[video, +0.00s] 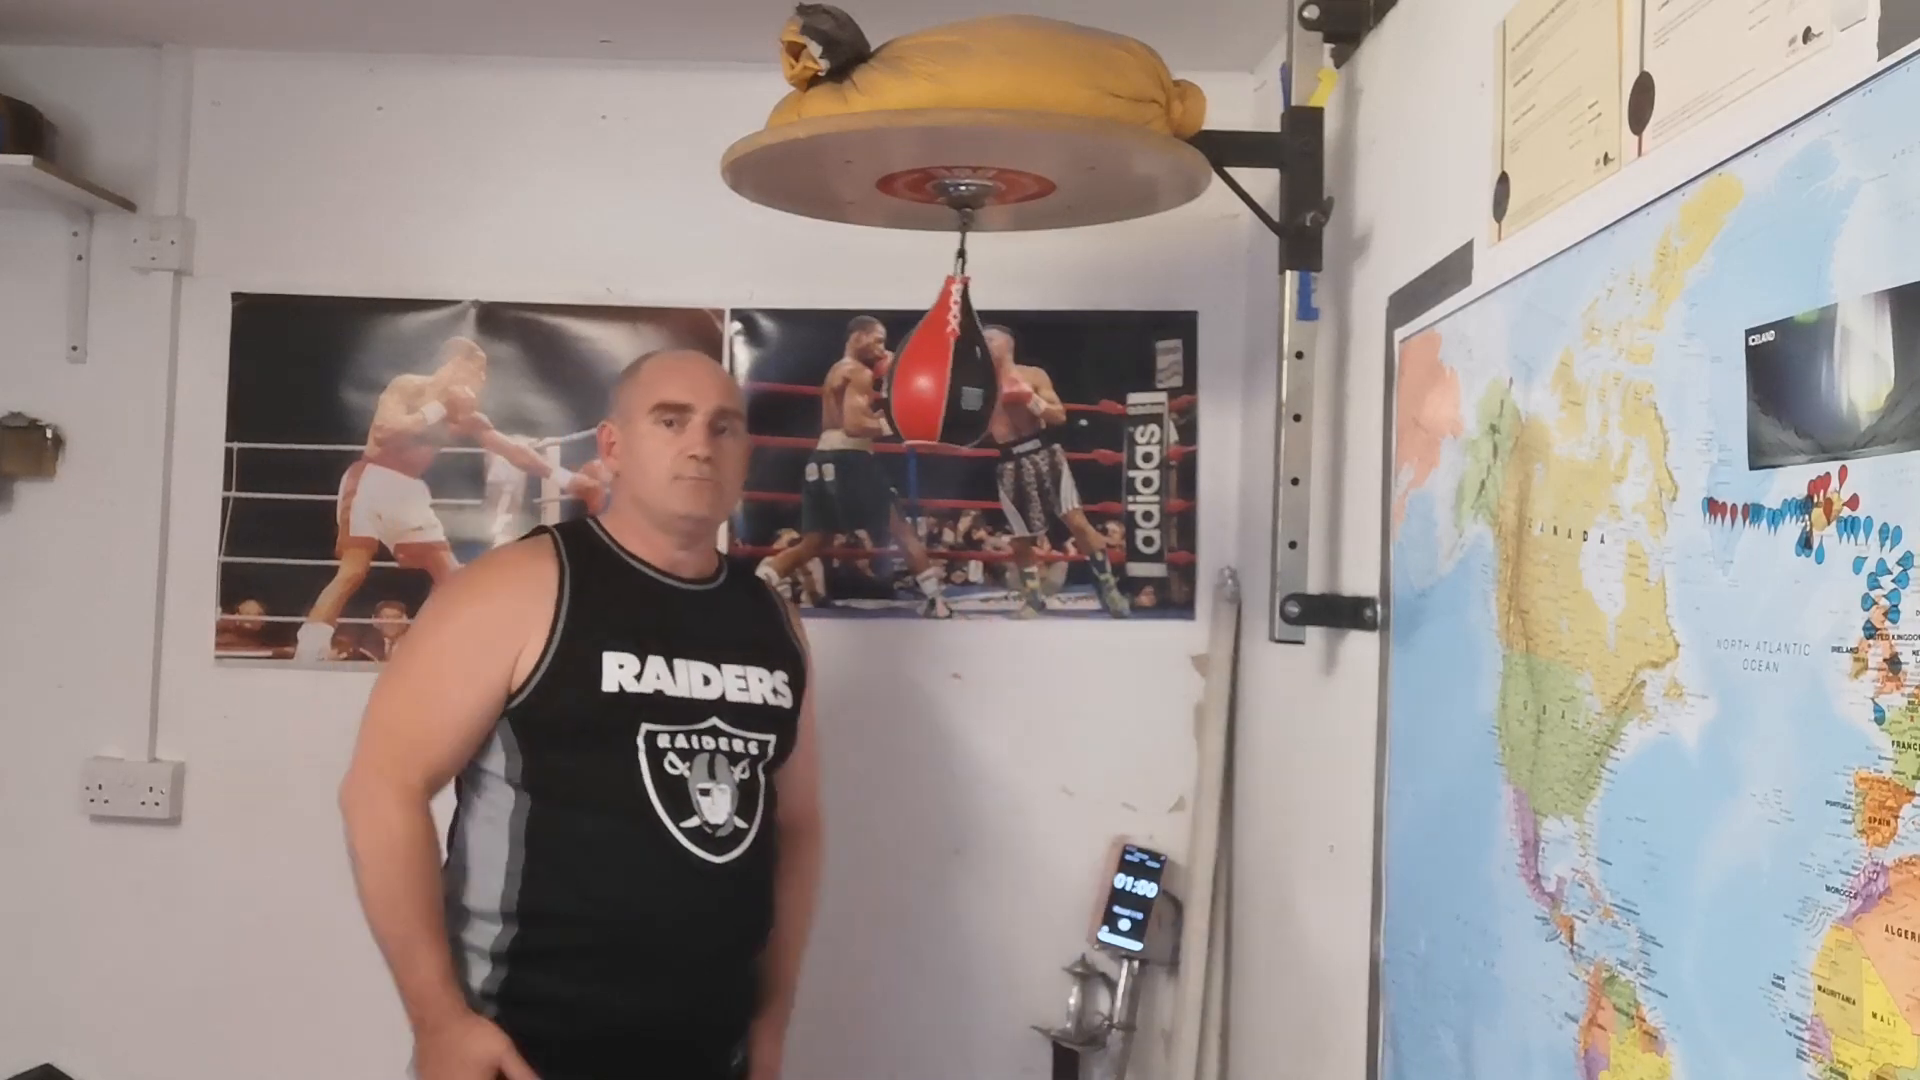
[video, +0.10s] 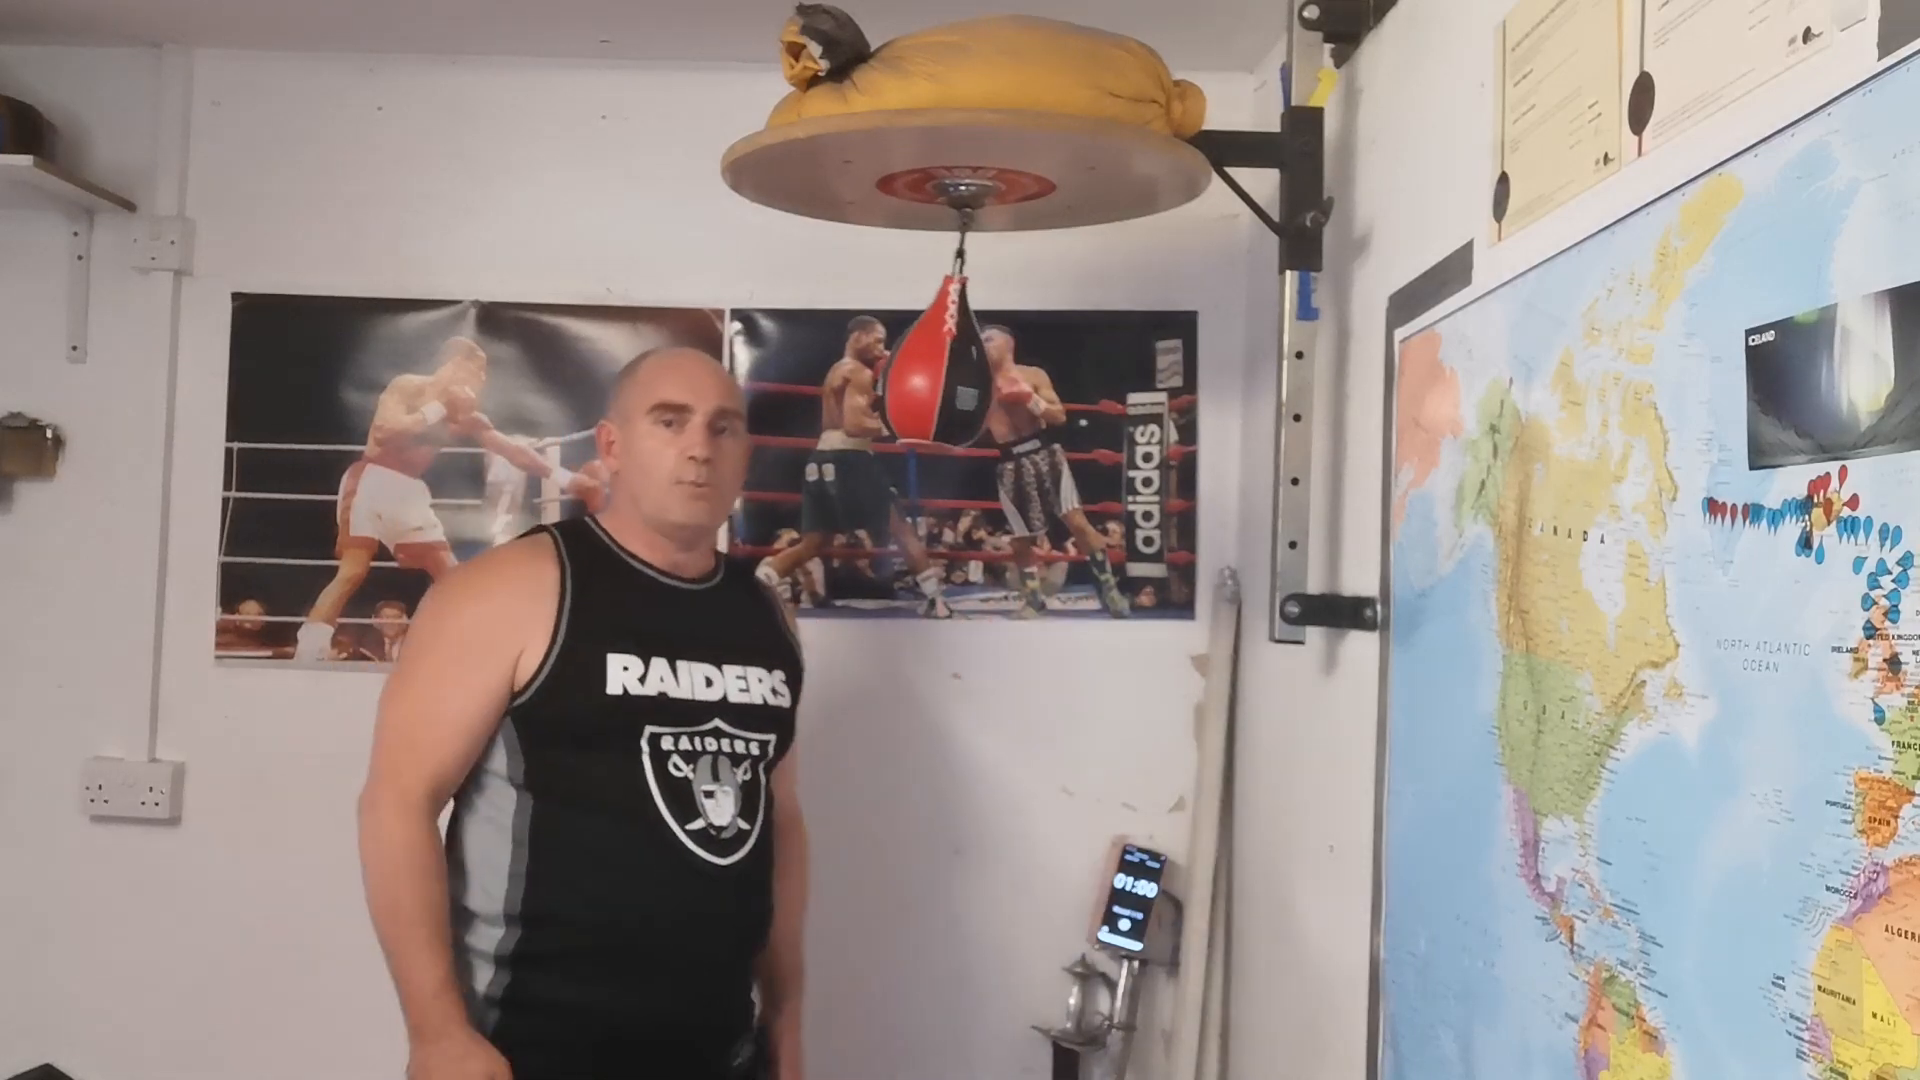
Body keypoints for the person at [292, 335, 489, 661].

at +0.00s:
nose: (474, 385)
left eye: (478, 379)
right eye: (470, 374)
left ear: (478, 383)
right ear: (451, 366)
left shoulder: (461, 413)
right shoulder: (405, 386)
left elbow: (506, 447)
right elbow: (384, 430)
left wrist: (546, 473)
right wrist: (436, 409)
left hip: (410, 492)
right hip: (369, 482)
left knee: (449, 572)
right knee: (352, 572)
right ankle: (307, 651)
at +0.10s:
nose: (472, 386)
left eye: (477, 381)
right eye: (470, 375)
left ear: (478, 384)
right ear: (451, 366)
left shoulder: (460, 412)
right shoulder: (405, 386)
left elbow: (506, 447)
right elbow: (384, 429)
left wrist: (546, 473)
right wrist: (436, 409)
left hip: (409, 491)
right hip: (369, 482)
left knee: (448, 571)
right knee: (352, 572)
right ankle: (307, 652)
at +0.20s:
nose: (475, 383)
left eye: (479, 377)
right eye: (472, 373)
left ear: (477, 380)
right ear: (451, 365)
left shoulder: (464, 413)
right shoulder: (404, 387)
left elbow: (512, 451)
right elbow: (381, 433)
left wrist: (565, 478)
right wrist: (432, 413)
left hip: (408, 492)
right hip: (369, 483)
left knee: (448, 573)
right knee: (353, 570)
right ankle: (307, 651)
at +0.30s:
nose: (472, 385)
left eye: (477, 380)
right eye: (467, 375)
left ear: (479, 384)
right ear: (447, 367)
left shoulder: (465, 415)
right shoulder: (405, 386)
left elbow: (511, 450)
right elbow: (383, 432)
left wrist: (563, 478)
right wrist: (434, 412)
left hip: (408, 492)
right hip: (368, 482)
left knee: (448, 573)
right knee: (353, 570)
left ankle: (438, 658)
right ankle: (306, 650)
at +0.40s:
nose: (473, 384)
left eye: (478, 378)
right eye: (468, 374)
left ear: (477, 382)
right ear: (448, 366)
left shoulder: (465, 414)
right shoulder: (404, 386)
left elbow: (510, 450)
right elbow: (383, 432)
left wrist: (562, 478)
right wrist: (432, 412)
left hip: (408, 492)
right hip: (368, 482)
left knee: (448, 573)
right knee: (353, 570)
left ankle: (447, 659)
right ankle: (306, 654)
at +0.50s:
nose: (476, 382)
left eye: (480, 375)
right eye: (473, 372)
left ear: (476, 379)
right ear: (453, 365)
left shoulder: (462, 411)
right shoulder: (404, 387)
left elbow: (512, 451)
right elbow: (382, 433)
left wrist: (559, 477)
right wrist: (432, 415)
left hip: (408, 491)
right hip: (370, 482)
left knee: (447, 573)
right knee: (353, 569)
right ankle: (308, 646)